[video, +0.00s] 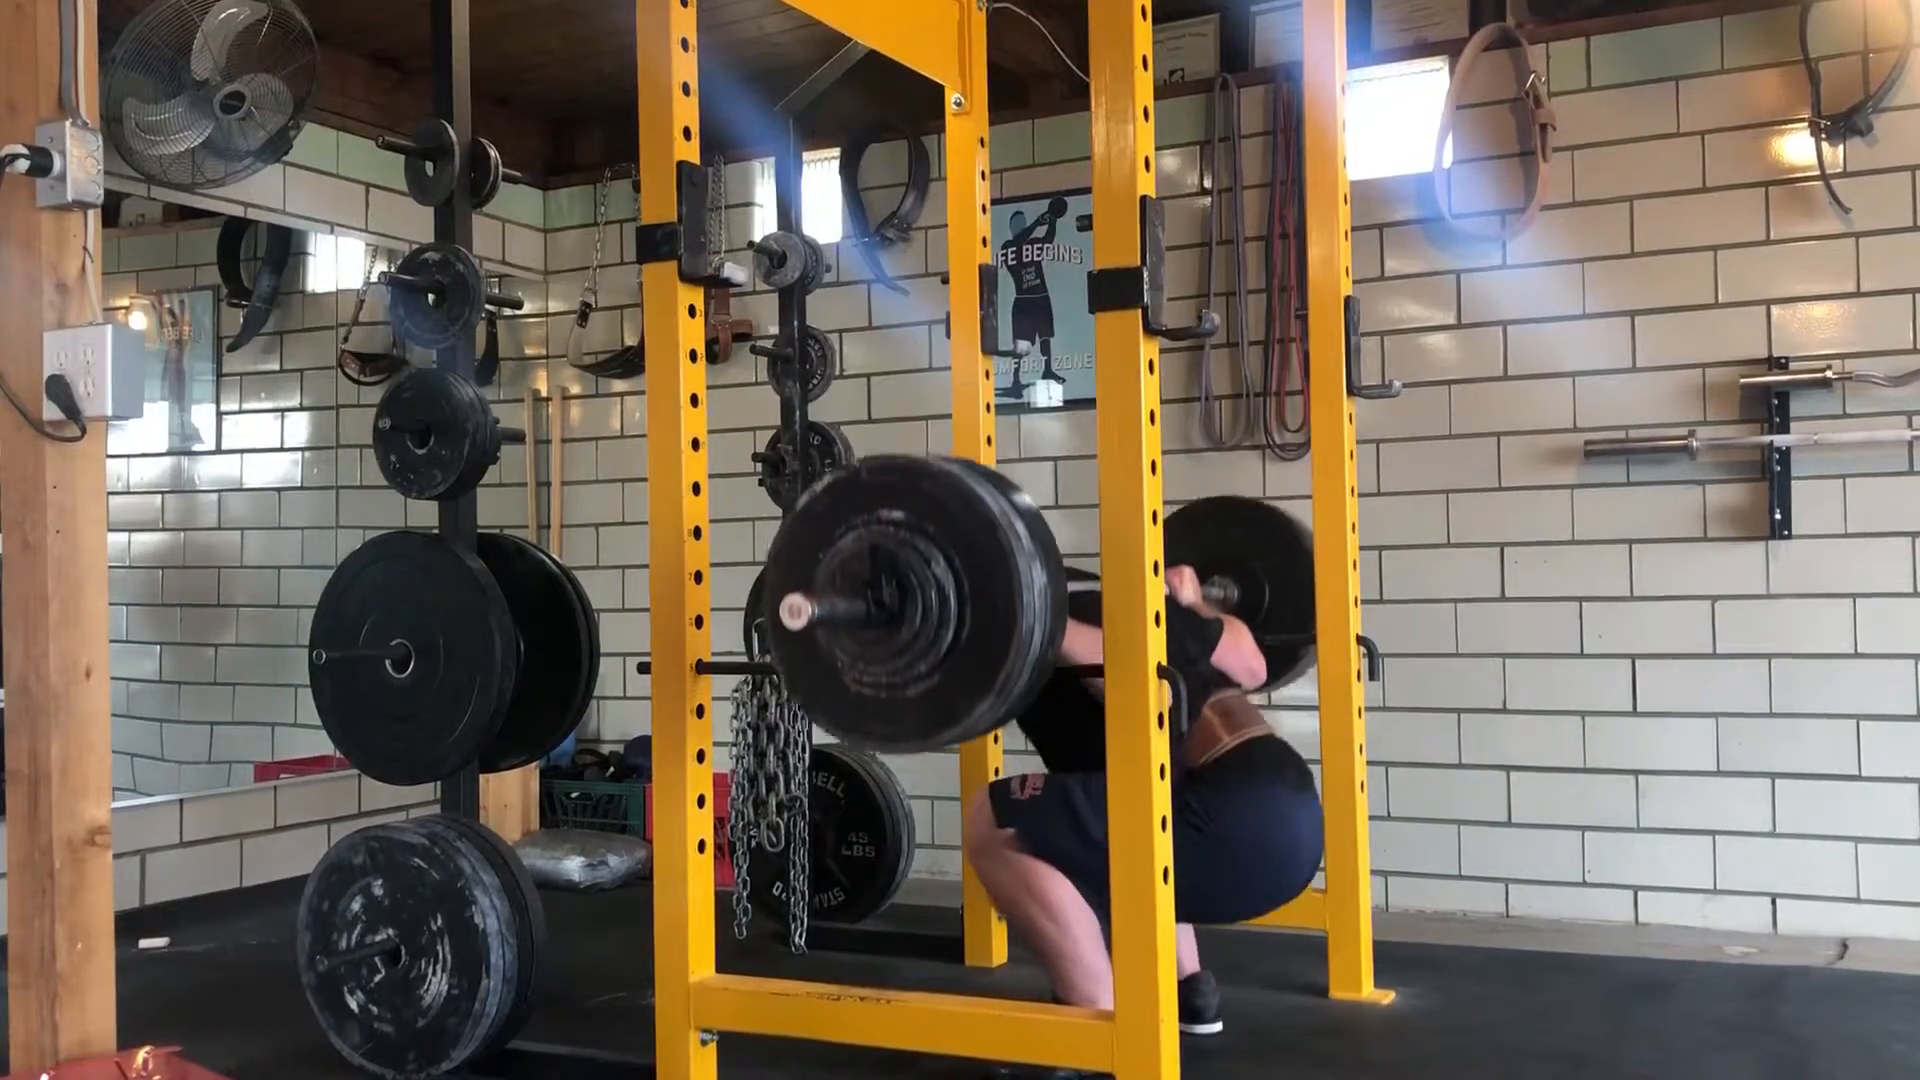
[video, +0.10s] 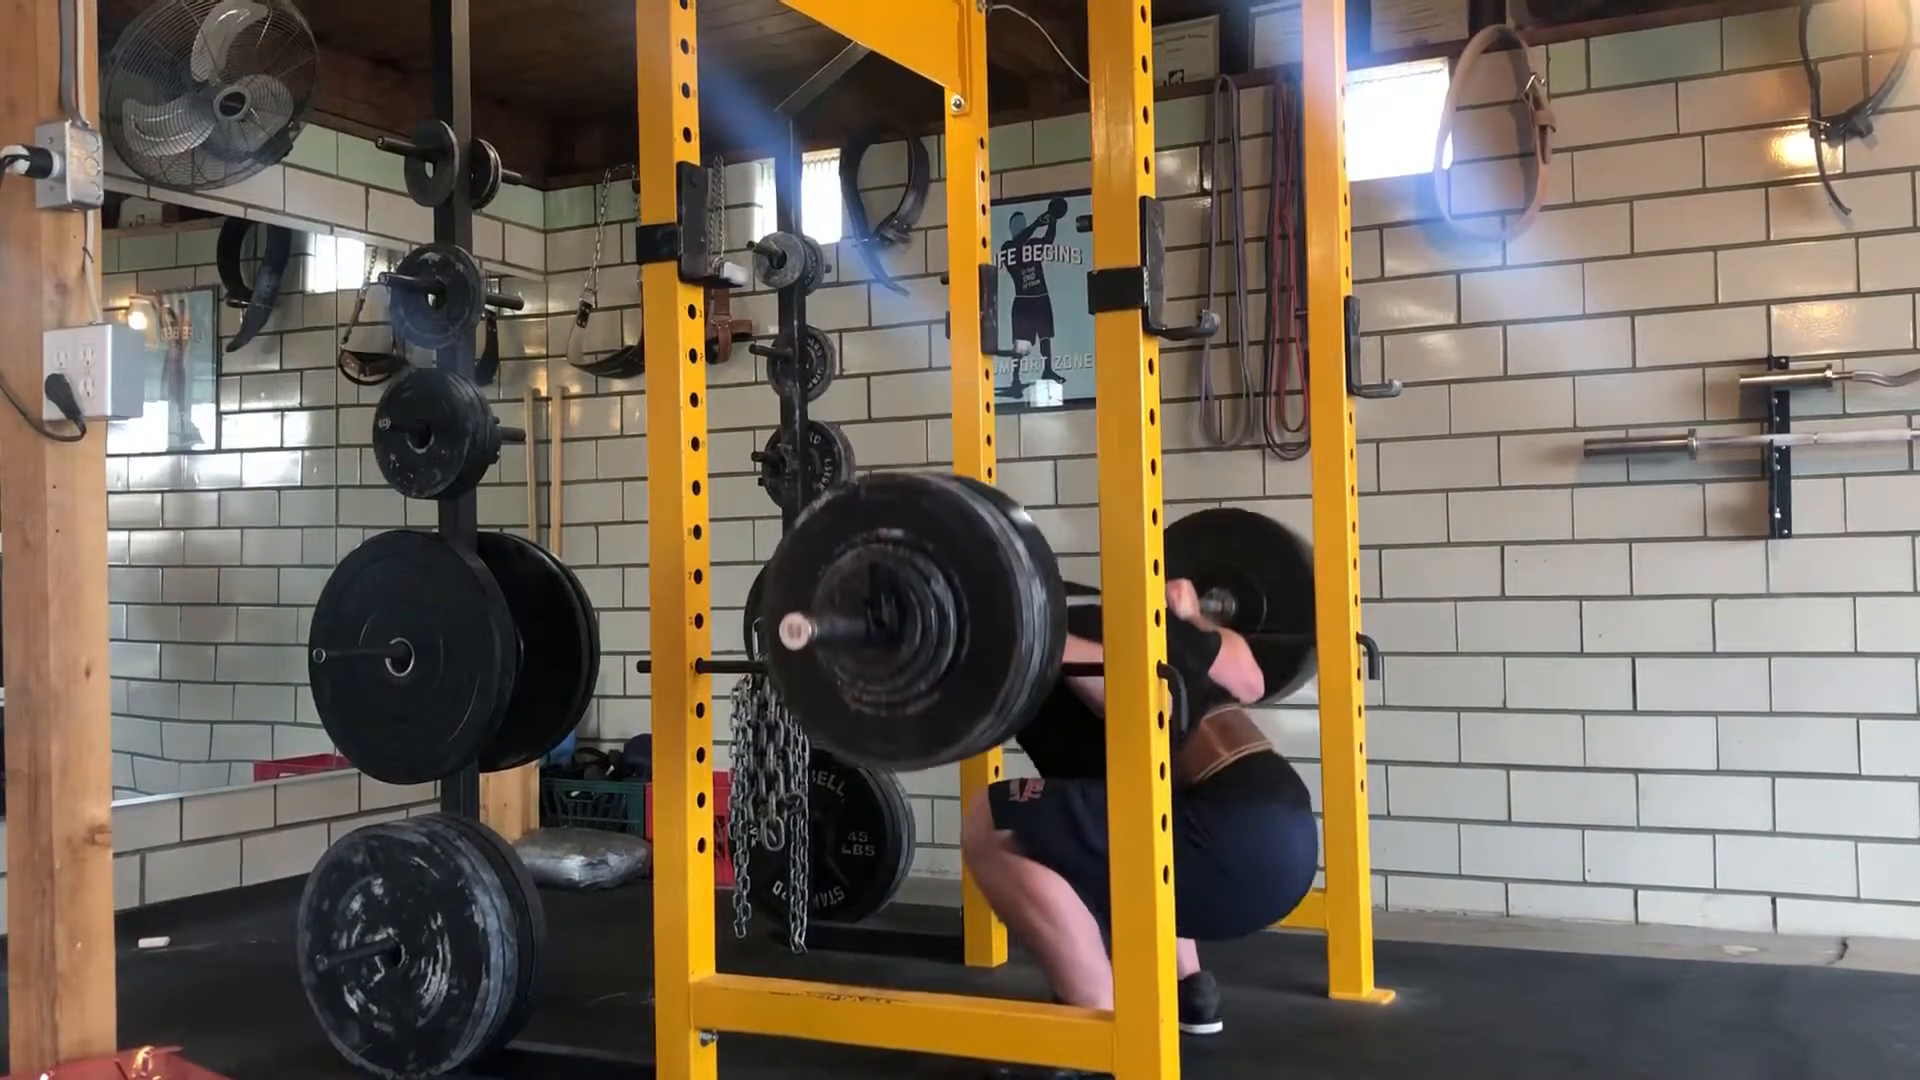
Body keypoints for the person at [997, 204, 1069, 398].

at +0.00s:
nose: (1023, 227)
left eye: (1023, 224)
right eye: (1020, 225)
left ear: (1018, 226)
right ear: (1016, 227)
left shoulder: (1034, 244)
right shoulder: (1007, 249)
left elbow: (1048, 238)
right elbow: (1021, 236)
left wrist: (1052, 219)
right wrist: (1038, 222)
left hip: (1041, 298)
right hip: (1024, 299)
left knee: (1046, 337)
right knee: (1021, 343)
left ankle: (1048, 370)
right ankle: (1016, 379)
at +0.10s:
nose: (1022, 228)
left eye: (1022, 225)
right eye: (1019, 225)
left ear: (1016, 228)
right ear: (1016, 228)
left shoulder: (1034, 245)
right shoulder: (1007, 249)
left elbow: (1048, 239)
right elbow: (1021, 237)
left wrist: (1052, 221)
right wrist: (1038, 222)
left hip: (1041, 298)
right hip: (1023, 299)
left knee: (1046, 337)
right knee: (1020, 343)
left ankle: (1048, 370)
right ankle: (1016, 379)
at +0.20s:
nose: (1023, 227)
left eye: (1023, 225)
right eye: (1020, 225)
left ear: (1017, 227)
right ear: (1016, 227)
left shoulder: (1034, 244)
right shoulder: (1007, 249)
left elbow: (1048, 239)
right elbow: (1021, 237)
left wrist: (1052, 220)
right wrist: (1038, 222)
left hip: (1041, 298)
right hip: (1024, 299)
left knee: (1046, 338)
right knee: (1021, 343)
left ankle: (1048, 369)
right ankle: (1016, 379)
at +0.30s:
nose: (1022, 228)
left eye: (1023, 225)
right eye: (1019, 225)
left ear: (1017, 228)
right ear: (1016, 228)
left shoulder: (1034, 245)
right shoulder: (1007, 249)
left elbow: (1048, 239)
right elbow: (1022, 236)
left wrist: (1052, 220)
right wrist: (1038, 222)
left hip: (1040, 298)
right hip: (1024, 300)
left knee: (1046, 338)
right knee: (1020, 344)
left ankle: (1048, 370)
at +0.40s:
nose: (1022, 227)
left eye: (1023, 224)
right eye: (1019, 224)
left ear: (1024, 226)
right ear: (1013, 227)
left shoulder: (1034, 244)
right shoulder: (1007, 248)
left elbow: (1048, 238)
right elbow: (1022, 235)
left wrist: (1052, 220)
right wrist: (1039, 221)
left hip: (1041, 297)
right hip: (1023, 298)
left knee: (1045, 337)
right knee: (1020, 343)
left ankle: (1048, 370)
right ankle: (1016, 379)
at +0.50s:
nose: (1022, 229)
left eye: (1023, 226)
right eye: (1019, 226)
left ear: (1024, 228)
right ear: (1013, 229)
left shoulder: (1034, 246)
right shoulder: (1007, 250)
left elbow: (1048, 240)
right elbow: (1022, 237)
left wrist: (1052, 221)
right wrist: (1038, 222)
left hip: (1041, 298)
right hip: (1023, 299)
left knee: (1045, 338)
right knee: (1020, 344)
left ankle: (1048, 370)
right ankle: (1016, 380)